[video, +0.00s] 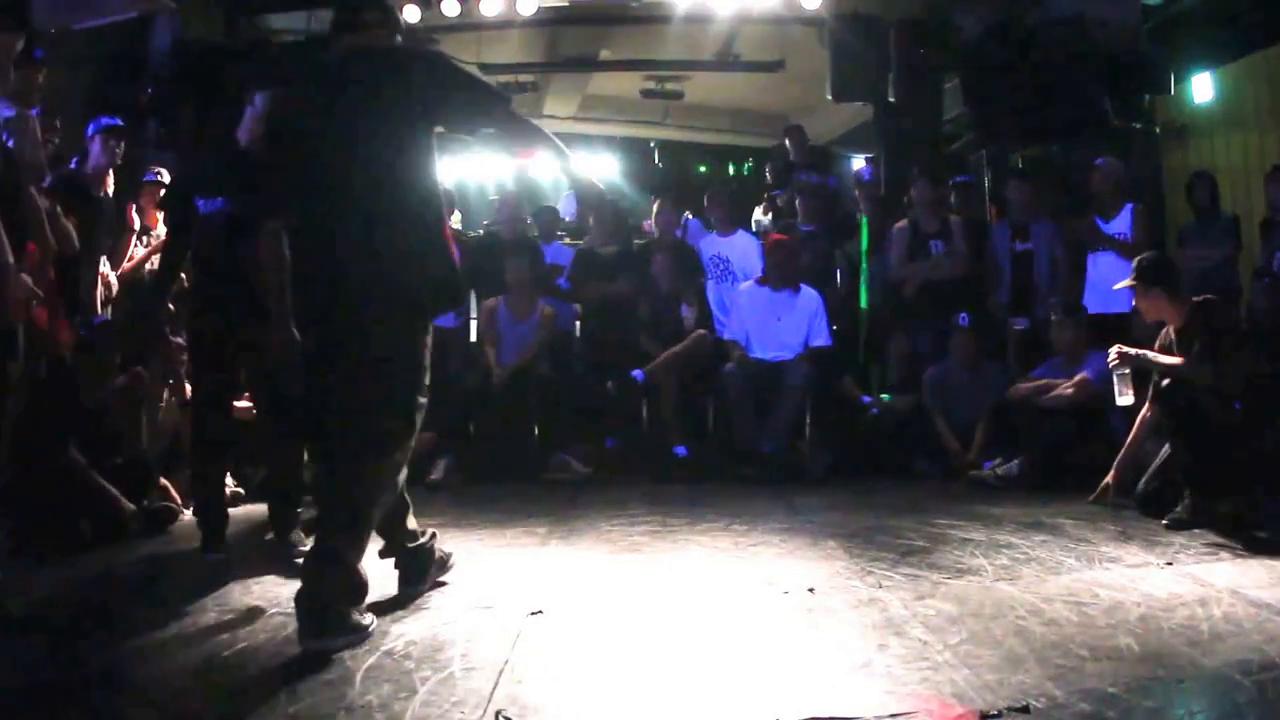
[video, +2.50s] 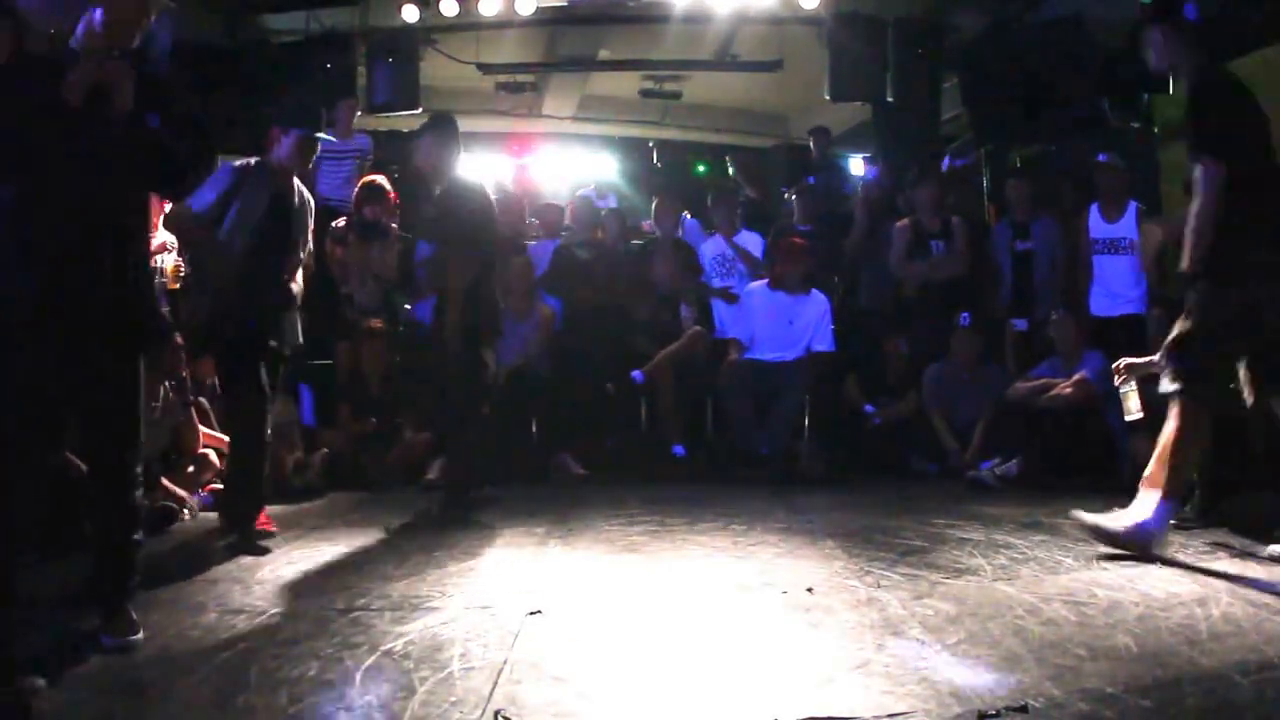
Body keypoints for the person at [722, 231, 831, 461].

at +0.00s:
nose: (780, 267)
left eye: (786, 260)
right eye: (775, 260)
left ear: (795, 262)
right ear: (767, 262)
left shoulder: (810, 297)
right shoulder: (745, 292)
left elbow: (820, 344)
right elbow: (733, 338)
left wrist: (799, 359)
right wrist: (739, 355)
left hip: (788, 360)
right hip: (755, 359)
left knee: (800, 374)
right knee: (732, 373)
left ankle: (776, 445)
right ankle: (746, 445)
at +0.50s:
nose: (778, 267)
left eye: (784, 260)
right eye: (773, 260)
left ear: (793, 263)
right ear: (765, 262)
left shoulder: (809, 297)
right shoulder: (744, 293)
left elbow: (820, 346)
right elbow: (733, 338)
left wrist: (799, 361)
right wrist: (738, 354)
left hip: (787, 361)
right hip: (754, 361)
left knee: (799, 376)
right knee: (731, 374)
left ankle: (773, 446)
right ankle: (749, 446)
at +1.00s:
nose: (795, 265)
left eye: (797, 258)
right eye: (787, 258)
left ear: (801, 261)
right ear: (774, 261)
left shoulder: (813, 300)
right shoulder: (749, 292)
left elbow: (821, 349)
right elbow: (736, 338)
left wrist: (800, 361)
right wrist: (737, 357)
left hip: (789, 361)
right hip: (755, 361)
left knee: (799, 376)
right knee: (730, 375)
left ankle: (774, 446)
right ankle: (746, 445)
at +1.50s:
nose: (781, 267)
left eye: (787, 261)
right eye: (778, 260)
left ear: (801, 265)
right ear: (771, 263)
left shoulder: (818, 302)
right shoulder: (754, 292)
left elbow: (822, 351)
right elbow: (739, 337)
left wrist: (803, 362)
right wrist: (733, 355)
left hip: (791, 364)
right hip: (755, 363)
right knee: (730, 374)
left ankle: (770, 448)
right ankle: (745, 447)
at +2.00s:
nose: (806, 268)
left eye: (807, 261)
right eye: (798, 261)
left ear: (810, 265)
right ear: (778, 266)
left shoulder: (819, 302)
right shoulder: (755, 294)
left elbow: (823, 351)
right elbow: (737, 336)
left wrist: (802, 363)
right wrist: (733, 355)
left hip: (792, 363)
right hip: (755, 363)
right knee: (730, 375)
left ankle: (773, 451)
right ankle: (746, 449)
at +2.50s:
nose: (793, 268)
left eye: (799, 261)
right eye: (787, 261)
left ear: (807, 265)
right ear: (775, 264)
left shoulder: (818, 302)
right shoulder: (753, 293)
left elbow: (822, 352)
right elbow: (737, 339)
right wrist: (733, 356)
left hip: (791, 364)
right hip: (755, 363)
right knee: (733, 373)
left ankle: (775, 450)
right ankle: (746, 448)